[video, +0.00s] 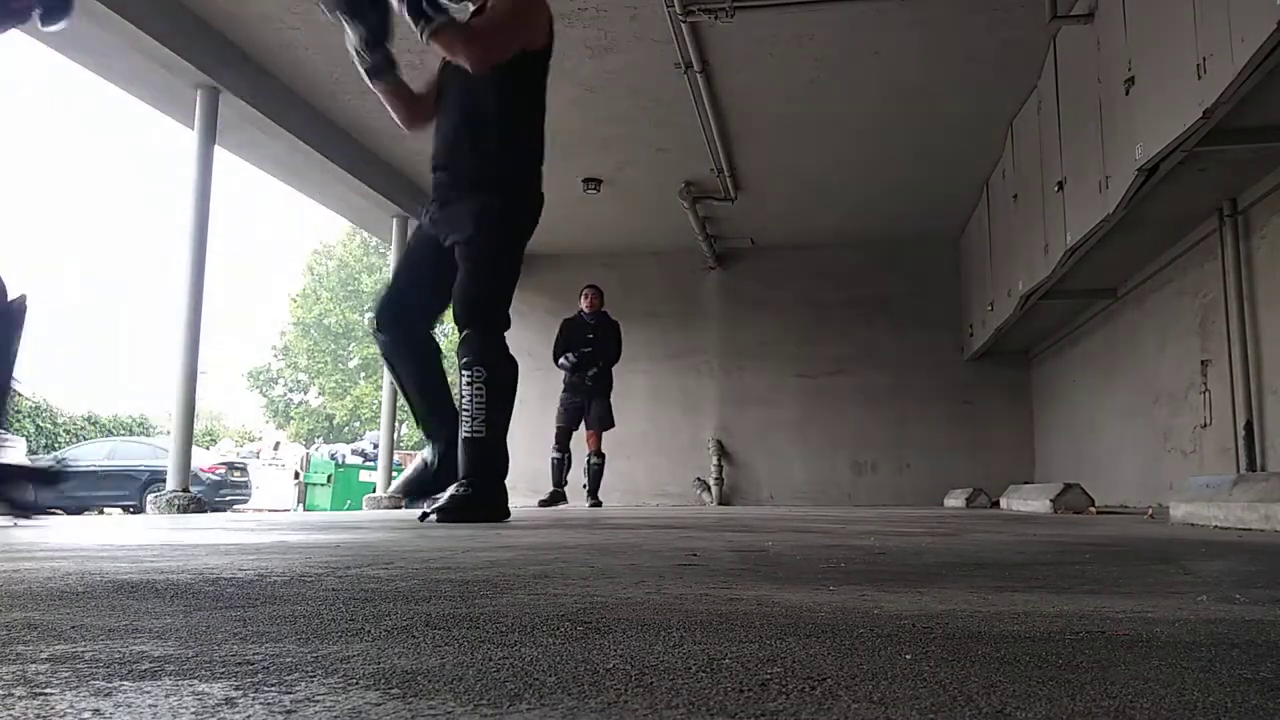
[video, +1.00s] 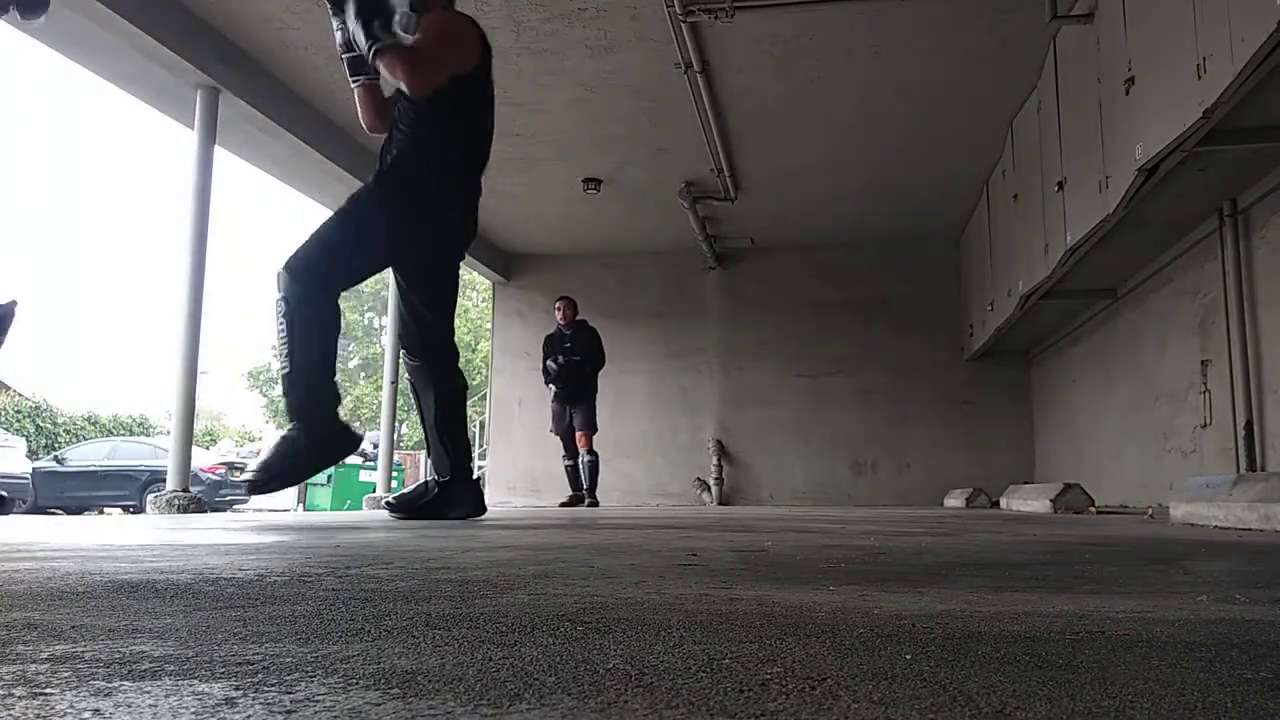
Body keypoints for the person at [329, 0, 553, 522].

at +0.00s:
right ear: (474, 4)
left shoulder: (526, 8)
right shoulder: (464, 41)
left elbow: (474, 52)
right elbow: (413, 113)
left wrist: (417, 10)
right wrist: (372, 53)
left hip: (500, 199)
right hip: (448, 206)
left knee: (478, 323)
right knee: (397, 319)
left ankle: (485, 488)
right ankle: (448, 448)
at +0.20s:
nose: (429, 3)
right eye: (427, 2)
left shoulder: (490, 13)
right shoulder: (461, 42)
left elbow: (491, 91)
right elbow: (443, 143)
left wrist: (408, 66)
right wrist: (384, 101)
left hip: (467, 204)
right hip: (445, 208)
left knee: (443, 336)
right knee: (431, 338)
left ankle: (479, 481)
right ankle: (448, 475)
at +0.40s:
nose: (419, 10)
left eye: (422, 5)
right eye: (419, 9)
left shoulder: (479, 20)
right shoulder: (450, 47)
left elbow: (452, 75)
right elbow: (423, 145)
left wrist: (394, 31)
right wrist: (383, 87)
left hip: (457, 197)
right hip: (461, 206)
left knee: (359, 274)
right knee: (446, 347)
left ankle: (421, 421)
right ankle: (456, 483)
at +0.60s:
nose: (423, 12)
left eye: (426, 5)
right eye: (422, 9)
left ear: (446, 2)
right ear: (442, 13)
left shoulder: (475, 26)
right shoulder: (447, 52)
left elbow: (432, 75)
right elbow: (408, 135)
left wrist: (387, 27)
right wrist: (381, 74)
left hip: (434, 202)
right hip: (457, 213)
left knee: (333, 273)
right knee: (437, 345)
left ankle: (356, 425)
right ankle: (455, 483)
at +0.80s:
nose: (414, 11)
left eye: (421, 2)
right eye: (412, 6)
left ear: (449, 1)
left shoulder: (471, 35)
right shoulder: (441, 61)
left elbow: (427, 81)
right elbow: (401, 152)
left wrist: (371, 32)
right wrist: (373, 85)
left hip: (416, 209)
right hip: (442, 221)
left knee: (340, 310)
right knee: (422, 349)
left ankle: (346, 462)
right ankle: (454, 482)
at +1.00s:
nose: (395, 13)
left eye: (397, 6)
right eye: (396, 10)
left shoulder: (451, 24)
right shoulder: (418, 49)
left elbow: (417, 75)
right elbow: (377, 123)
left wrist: (372, 31)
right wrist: (357, 61)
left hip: (410, 199)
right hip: (435, 211)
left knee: (304, 275)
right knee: (428, 348)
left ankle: (316, 428)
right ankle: (455, 483)